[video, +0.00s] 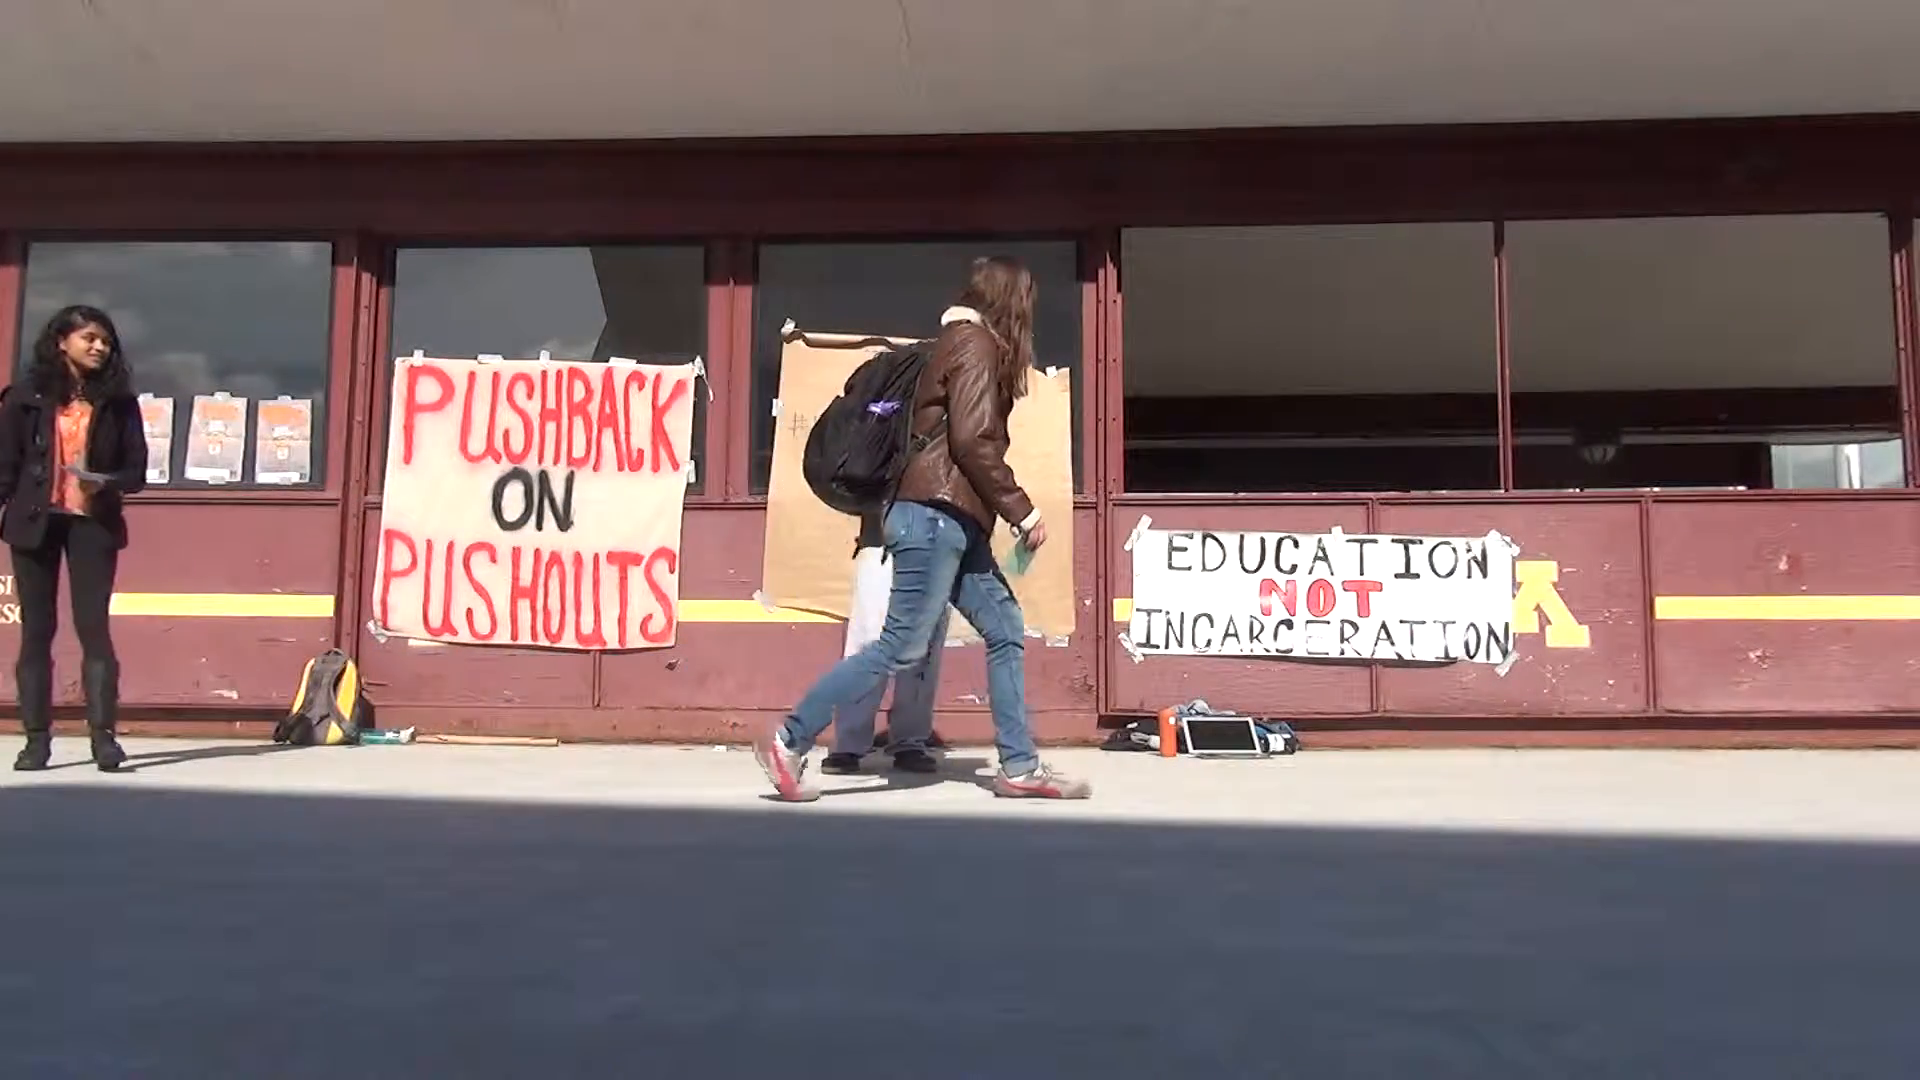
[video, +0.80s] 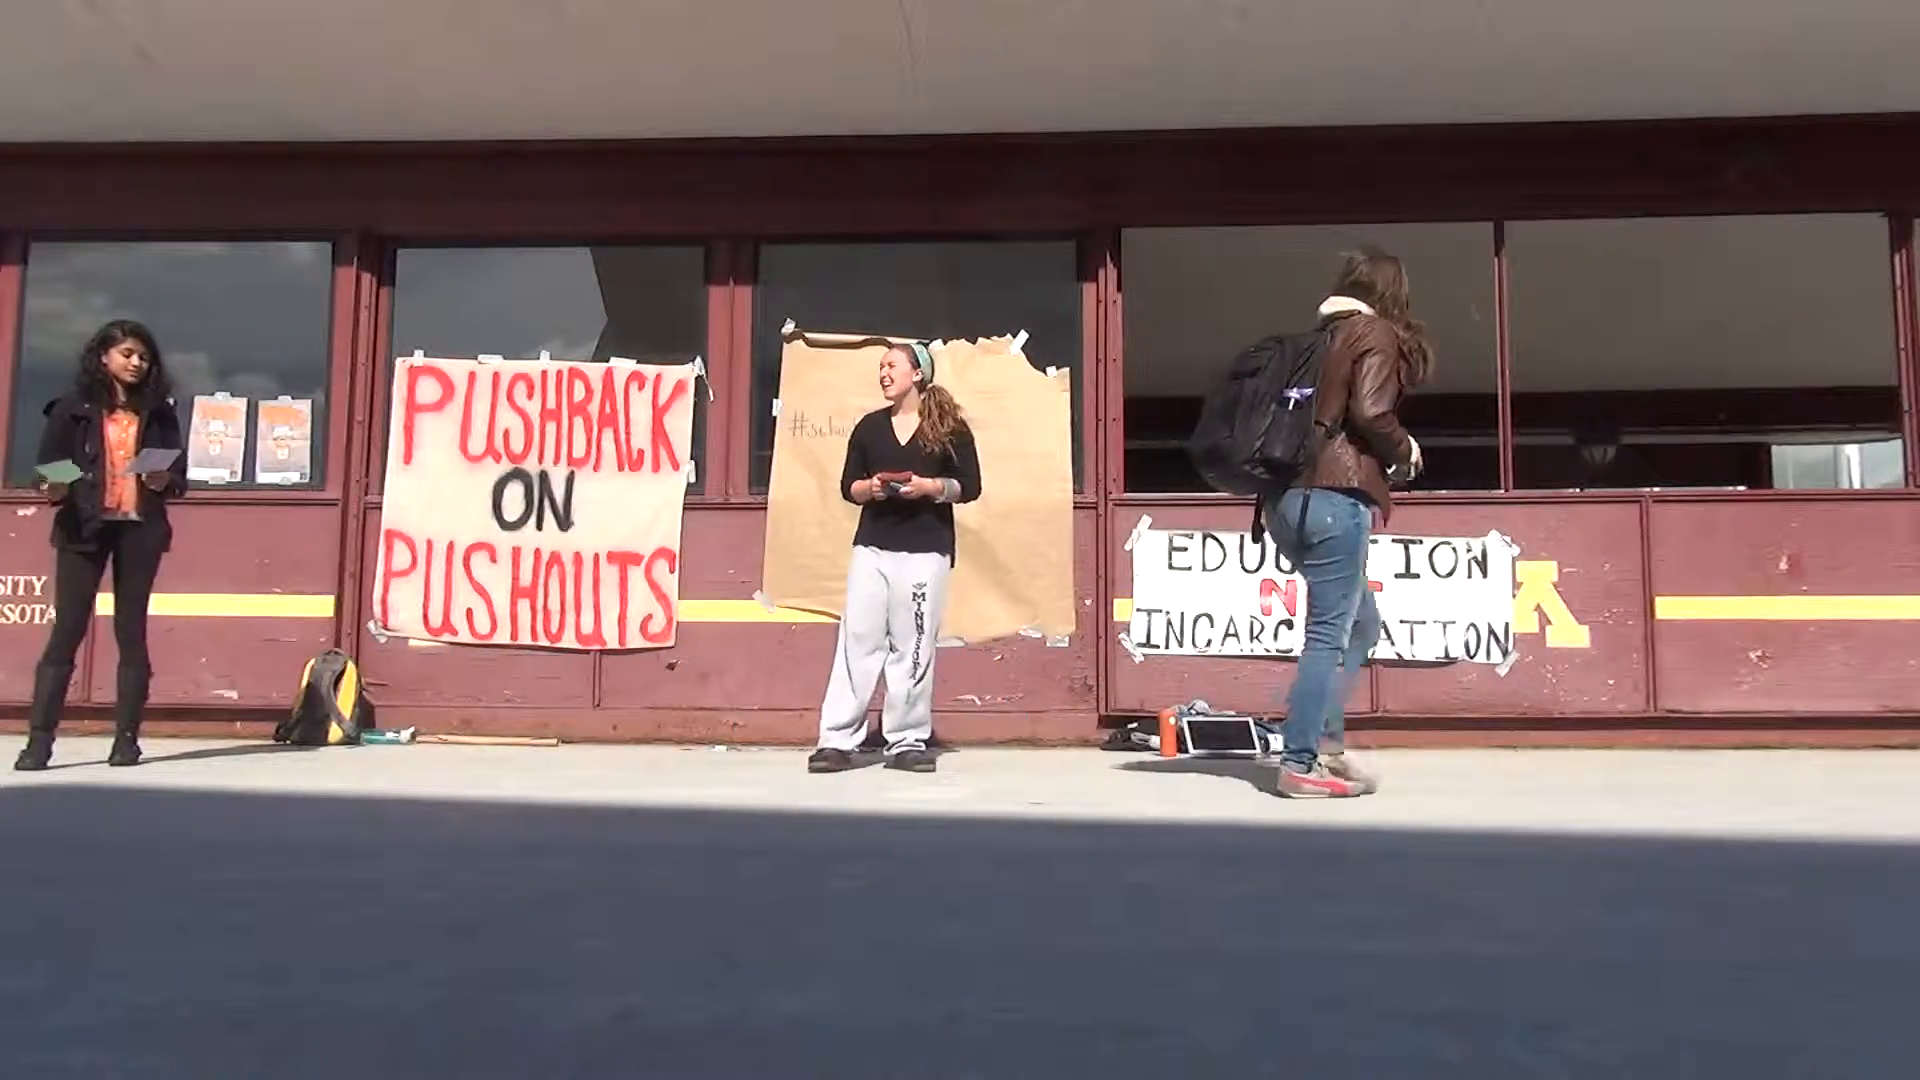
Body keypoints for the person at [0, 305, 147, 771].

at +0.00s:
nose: (98, 347)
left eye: (104, 340)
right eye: (88, 338)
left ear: (111, 349)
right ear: (61, 341)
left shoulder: (118, 400)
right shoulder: (25, 395)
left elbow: (136, 472)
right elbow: (10, 462)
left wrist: (107, 482)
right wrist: (10, 508)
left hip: (92, 524)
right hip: (33, 521)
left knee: (93, 625)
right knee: (37, 628)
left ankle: (104, 737)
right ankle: (36, 739)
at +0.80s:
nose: (136, 363)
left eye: (142, 356)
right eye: (127, 353)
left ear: (149, 364)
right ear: (101, 356)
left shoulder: (160, 412)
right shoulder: (72, 407)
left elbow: (178, 482)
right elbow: (46, 472)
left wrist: (166, 482)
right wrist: (53, 488)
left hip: (141, 527)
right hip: (84, 524)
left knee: (130, 628)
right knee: (68, 628)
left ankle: (127, 736)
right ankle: (40, 739)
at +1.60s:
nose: (151, 372)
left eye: (159, 366)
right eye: (143, 363)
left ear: (165, 372)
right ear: (121, 364)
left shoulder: (173, 417)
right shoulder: (89, 412)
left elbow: (191, 480)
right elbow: (69, 480)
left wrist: (175, 484)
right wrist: (115, 481)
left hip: (152, 532)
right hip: (100, 527)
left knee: (135, 629)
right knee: (78, 627)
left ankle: (125, 736)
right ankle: (45, 732)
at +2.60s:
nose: (107, 360)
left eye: (114, 354)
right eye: (98, 350)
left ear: (121, 359)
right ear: (72, 349)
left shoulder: (123, 405)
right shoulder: (37, 400)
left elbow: (139, 470)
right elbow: (15, 467)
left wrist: (133, 471)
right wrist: (74, 447)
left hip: (104, 528)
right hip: (50, 525)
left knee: (106, 630)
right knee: (55, 627)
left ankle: (118, 734)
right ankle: (45, 739)